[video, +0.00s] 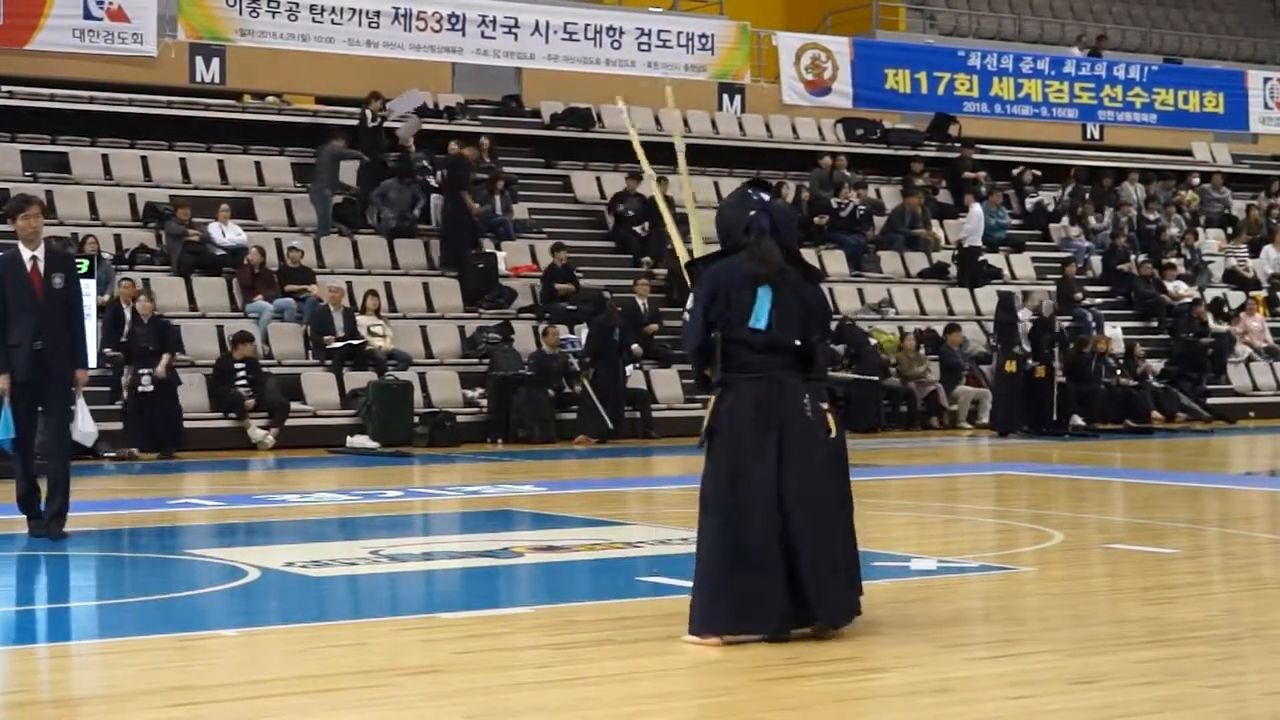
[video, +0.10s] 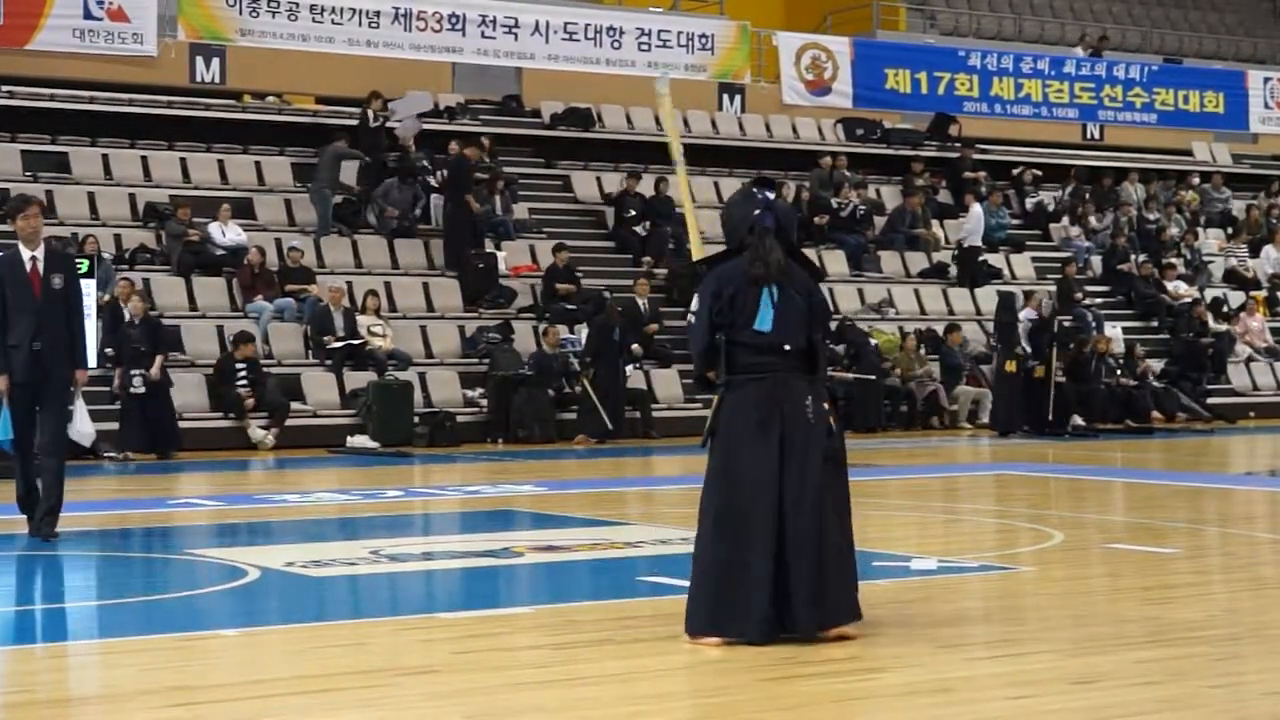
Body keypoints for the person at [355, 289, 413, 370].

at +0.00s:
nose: (374, 302)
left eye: (376, 299)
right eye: (371, 299)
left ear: (379, 302)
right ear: (365, 301)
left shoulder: (382, 319)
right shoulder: (358, 319)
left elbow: (389, 332)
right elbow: (362, 337)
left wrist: (387, 344)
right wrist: (377, 345)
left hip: (385, 345)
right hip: (370, 347)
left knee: (406, 358)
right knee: (381, 359)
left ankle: (394, 379)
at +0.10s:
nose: (374, 302)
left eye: (377, 300)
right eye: (372, 299)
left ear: (379, 302)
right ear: (365, 301)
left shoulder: (382, 318)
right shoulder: (358, 319)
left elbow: (389, 332)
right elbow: (362, 337)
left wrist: (387, 344)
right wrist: (377, 344)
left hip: (385, 345)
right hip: (371, 347)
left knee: (406, 358)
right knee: (381, 359)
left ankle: (394, 379)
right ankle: (383, 381)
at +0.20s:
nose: (375, 302)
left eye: (377, 300)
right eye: (372, 299)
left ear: (379, 302)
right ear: (365, 301)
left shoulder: (382, 318)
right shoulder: (359, 319)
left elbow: (389, 332)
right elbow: (362, 336)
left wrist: (387, 344)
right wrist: (377, 344)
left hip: (385, 345)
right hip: (371, 347)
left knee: (407, 358)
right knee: (382, 359)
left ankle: (394, 379)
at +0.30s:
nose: (375, 302)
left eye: (377, 300)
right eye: (372, 299)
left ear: (379, 302)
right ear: (365, 301)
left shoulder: (382, 318)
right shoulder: (359, 319)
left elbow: (389, 332)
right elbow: (362, 336)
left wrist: (387, 344)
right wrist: (378, 344)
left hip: (385, 345)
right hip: (371, 346)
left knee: (407, 358)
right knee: (382, 359)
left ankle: (394, 379)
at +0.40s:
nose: (375, 302)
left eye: (377, 299)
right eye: (372, 299)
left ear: (379, 302)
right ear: (365, 301)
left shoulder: (382, 318)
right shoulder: (359, 319)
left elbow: (389, 332)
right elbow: (362, 336)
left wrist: (387, 344)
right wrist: (378, 344)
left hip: (385, 345)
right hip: (371, 347)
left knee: (407, 358)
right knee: (382, 359)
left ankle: (394, 379)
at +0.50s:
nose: (375, 302)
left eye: (377, 299)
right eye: (372, 299)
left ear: (380, 302)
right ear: (365, 301)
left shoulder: (382, 318)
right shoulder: (359, 319)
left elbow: (389, 332)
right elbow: (362, 336)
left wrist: (387, 344)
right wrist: (378, 344)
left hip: (385, 345)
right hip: (371, 346)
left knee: (407, 358)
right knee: (382, 359)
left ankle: (394, 379)